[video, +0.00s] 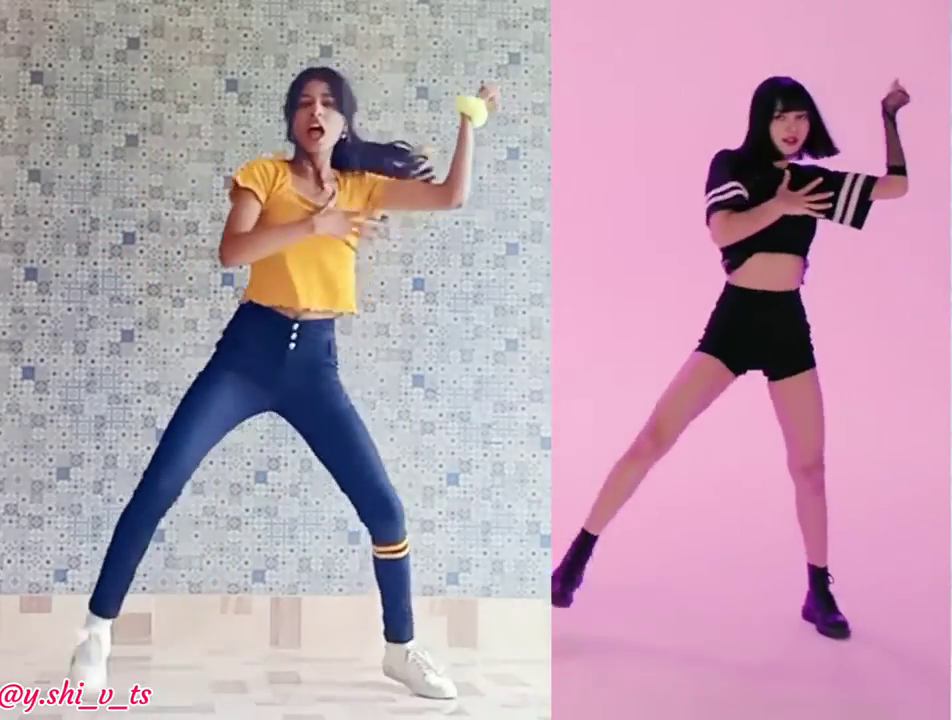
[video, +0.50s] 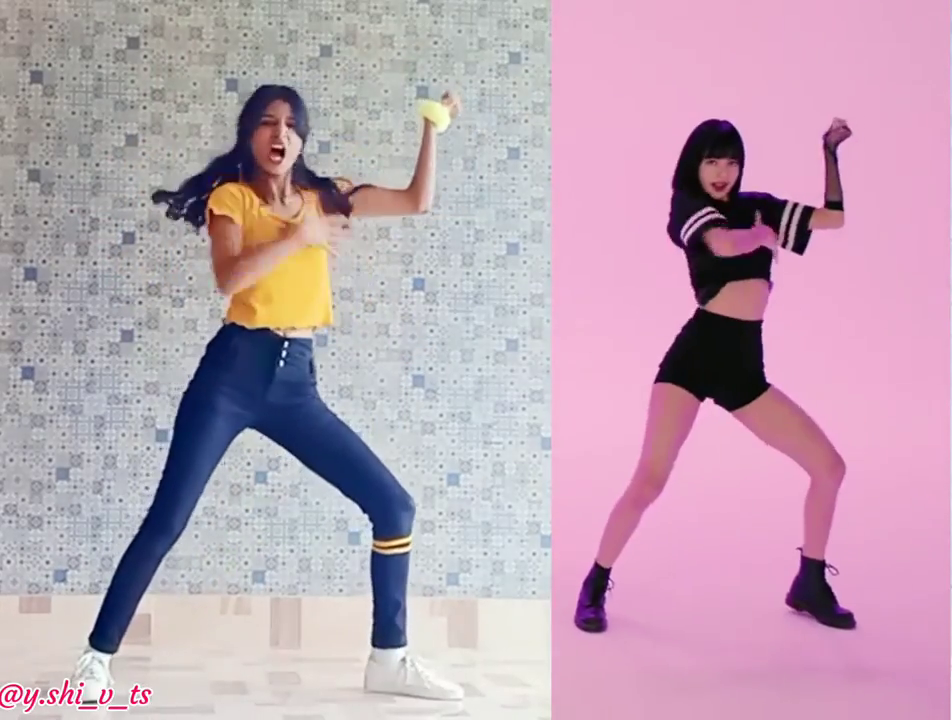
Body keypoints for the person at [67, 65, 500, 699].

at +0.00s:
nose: (314, 113)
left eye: (327, 104)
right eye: (304, 104)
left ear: (346, 120)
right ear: (289, 118)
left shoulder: (362, 186)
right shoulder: (263, 174)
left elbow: (450, 194)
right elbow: (232, 251)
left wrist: (468, 124)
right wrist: (316, 222)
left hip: (315, 370)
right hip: (245, 360)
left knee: (385, 510)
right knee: (159, 485)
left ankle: (401, 649)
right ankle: (95, 637)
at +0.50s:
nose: (280, 134)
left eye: (290, 126)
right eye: (267, 124)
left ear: (303, 138)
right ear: (246, 135)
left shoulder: (321, 197)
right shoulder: (231, 196)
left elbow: (415, 200)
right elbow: (231, 278)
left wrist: (429, 130)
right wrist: (304, 231)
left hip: (294, 387)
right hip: (230, 379)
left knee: (393, 505)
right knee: (166, 522)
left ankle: (389, 660)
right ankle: (95, 661)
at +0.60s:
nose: (305, 134)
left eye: (313, 126)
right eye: (292, 123)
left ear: (321, 142)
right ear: (263, 135)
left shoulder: (333, 198)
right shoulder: (231, 204)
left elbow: (420, 205)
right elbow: (159, 279)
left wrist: (431, 136)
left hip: (296, 388)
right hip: (233, 378)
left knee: (398, 506)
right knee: (166, 523)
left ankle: (390, 659)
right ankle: (95, 662)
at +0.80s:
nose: (288, 127)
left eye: (298, 120)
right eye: (276, 118)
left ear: (311, 135)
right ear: (255, 133)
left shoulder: (324, 191)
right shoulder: (239, 197)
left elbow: (418, 192)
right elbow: (232, 284)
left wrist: (428, 119)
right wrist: (289, 228)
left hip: (292, 386)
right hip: (228, 376)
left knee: (389, 506)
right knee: (163, 522)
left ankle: (389, 660)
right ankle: (95, 661)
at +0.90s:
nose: (277, 127)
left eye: (288, 118)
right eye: (264, 117)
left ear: (302, 132)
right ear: (247, 131)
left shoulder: (321, 188)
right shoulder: (233, 195)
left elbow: (412, 185)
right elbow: (213, 290)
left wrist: (425, 108)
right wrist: (295, 257)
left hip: (291, 382)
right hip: (226, 373)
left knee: (385, 505)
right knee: (162, 520)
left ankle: (389, 660)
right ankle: (95, 662)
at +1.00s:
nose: (261, 127)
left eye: (274, 117)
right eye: (250, 116)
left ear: (291, 129)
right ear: (236, 126)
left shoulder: (315, 184)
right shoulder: (217, 196)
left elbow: (408, 176)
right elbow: (174, 292)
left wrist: (428, 102)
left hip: (289, 377)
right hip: (223, 370)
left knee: (382, 502)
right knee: (160, 517)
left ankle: (390, 658)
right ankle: (95, 661)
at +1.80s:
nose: (311, 151)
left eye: (327, 151)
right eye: (307, 139)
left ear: (339, 171)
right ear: (289, 144)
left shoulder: (342, 213)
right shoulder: (243, 214)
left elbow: (432, 192)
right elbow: (176, 287)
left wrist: (455, 115)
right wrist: (102, 330)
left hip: (323, 395)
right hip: (252, 392)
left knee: (388, 519)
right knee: (149, 472)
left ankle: (401, 654)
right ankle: (130, 615)